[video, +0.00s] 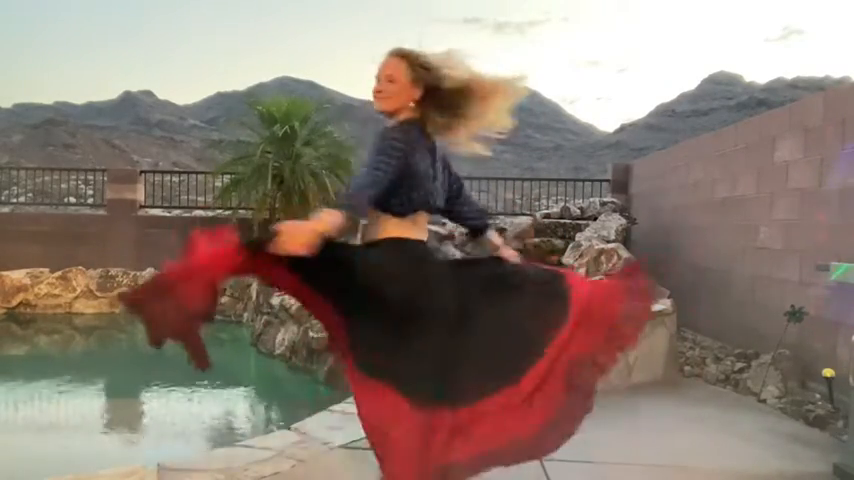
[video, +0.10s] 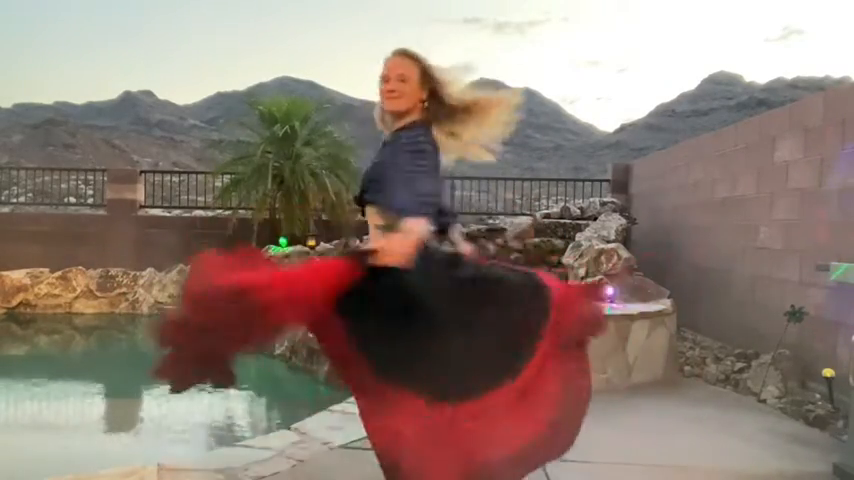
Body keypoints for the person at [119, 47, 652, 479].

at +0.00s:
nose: (377, 88)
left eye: (389, 81)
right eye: (380, 79)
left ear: (416, 93)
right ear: (413, 93)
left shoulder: (396, 136)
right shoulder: (426, 146)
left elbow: (365, 192)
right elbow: (459, 201)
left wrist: (317, 226)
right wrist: (500, 243)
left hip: (386, 264)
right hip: (416, 262)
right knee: (418, 378)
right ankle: (420, 463)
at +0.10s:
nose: (389, 89)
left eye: (400, 82)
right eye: (384, 82)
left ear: (424, 92)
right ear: (381, 89)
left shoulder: (416, 141)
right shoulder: (399, 137)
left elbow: (422, 201)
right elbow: (412, 200)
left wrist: (405, 238)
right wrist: (454, 238)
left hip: (410, 261)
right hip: (397, 257)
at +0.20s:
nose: (400, 80)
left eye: (410, 73)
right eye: (393, 74)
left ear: (428, 84)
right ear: (383, 85)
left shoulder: (428, 137)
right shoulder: (392, 137)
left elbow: (462, 184)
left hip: (426, 266)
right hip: (393, 265)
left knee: (423, 384)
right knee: (387, 385)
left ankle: (430, 466)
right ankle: (407, 466)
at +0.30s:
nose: (403, 74)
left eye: (412, 67)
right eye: (395, 68)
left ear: (430, 76)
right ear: (383, 78)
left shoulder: (440, 134)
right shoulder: (378, 134)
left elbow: (492, 178)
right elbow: (361, 181)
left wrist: (549, 212)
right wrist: (342, 201)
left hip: (419, 252)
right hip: (379, 251)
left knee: (410, 360)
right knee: (389, 357)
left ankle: (415, 462)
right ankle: (410, 460)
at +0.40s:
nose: (405, 72)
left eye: (413, 64)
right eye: (396, 66)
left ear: (428, 74)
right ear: (384, 76)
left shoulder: (449, 132)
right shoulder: (368, 134)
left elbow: (496, 173)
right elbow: (329, 171)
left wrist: (555, 201)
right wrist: (289, 191)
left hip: (433, 253)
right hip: (379, 254)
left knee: (427, 354)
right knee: (385, 354)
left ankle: (422, 453)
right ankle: (394, 453)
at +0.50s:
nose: (405, 77)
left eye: (413, 69)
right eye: (396, 71)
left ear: (431, 76)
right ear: (385, 80)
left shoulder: (450, 136)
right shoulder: (368, 137)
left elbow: (489, 176)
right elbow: (313, 169)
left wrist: (538, 199)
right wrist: (252, 190)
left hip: (441, 261)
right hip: (389, 261)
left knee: (429, 363)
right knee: (396, 366)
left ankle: (408, 450)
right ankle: (398, 460)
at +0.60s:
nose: (403, 80)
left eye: (412, 72)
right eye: (394, 73)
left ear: (430, 81)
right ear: (381, 84)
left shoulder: (443, 141)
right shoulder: (373, 141)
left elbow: (473, 184)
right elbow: (311, 172)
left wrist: (512, 206)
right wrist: (243, 196)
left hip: (443, 256)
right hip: (395, 259)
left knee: (432, 358)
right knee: (399, 361)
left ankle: (417, 453)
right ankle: (405, 460)